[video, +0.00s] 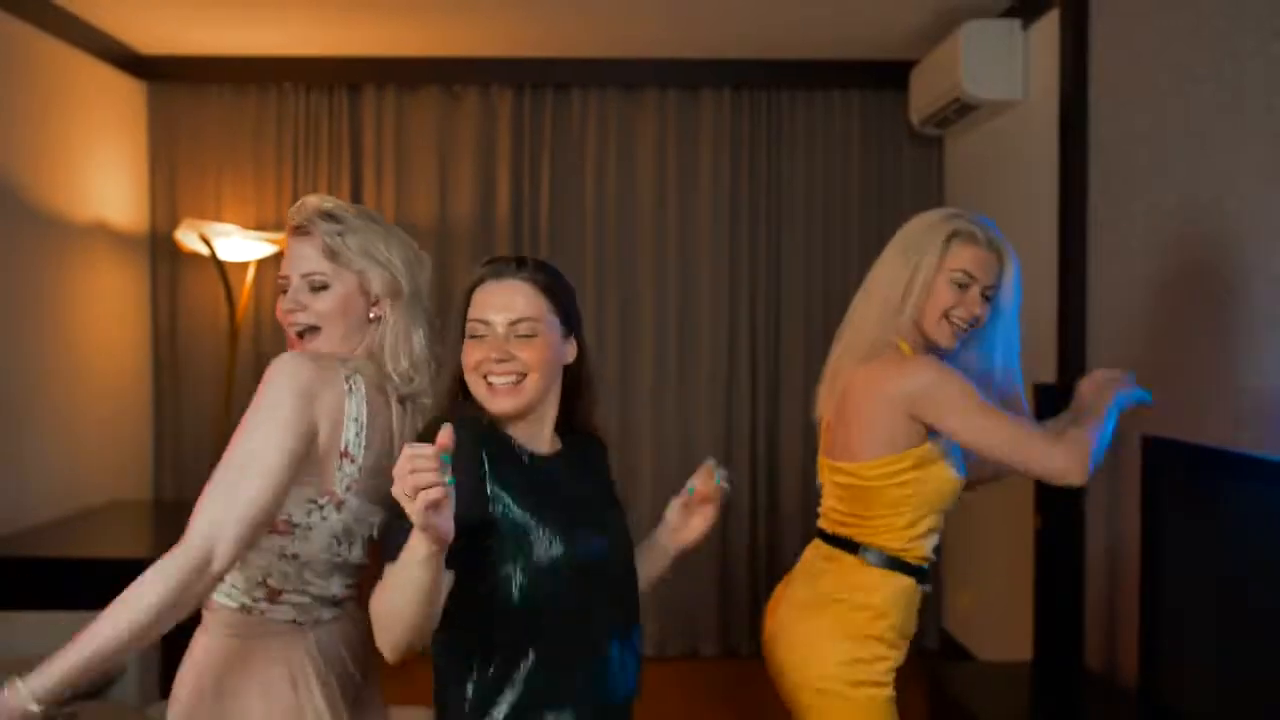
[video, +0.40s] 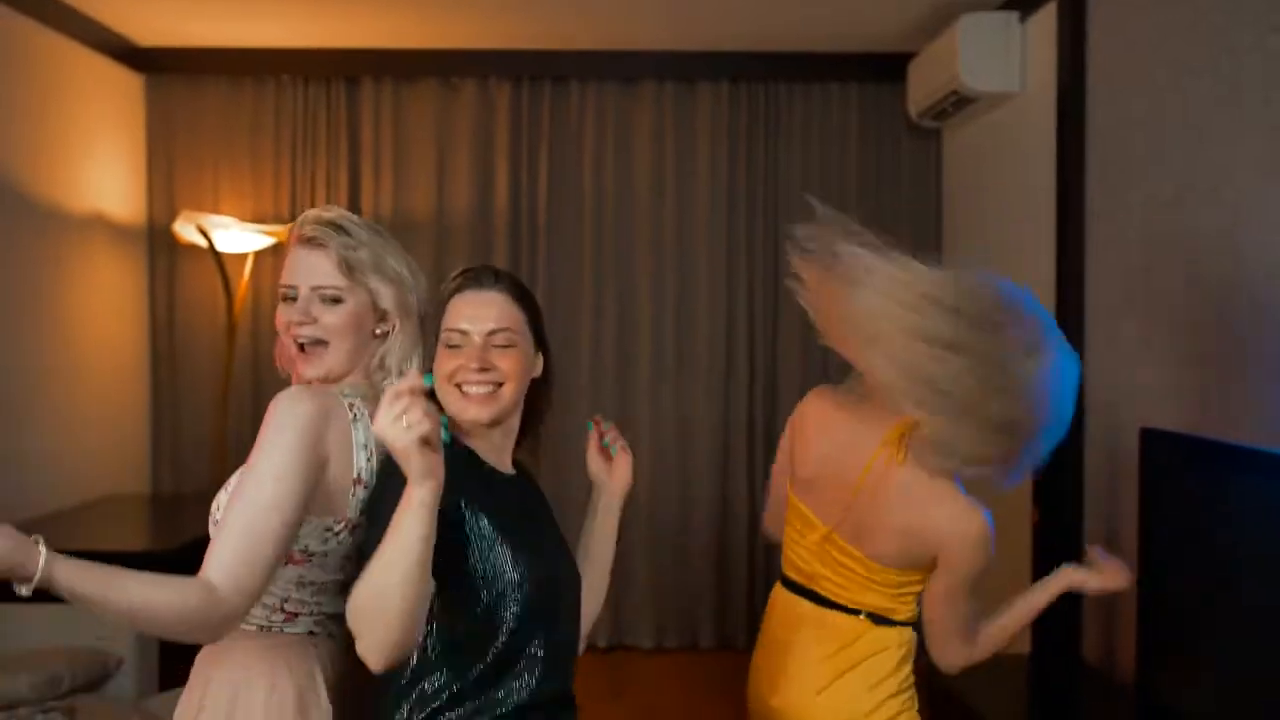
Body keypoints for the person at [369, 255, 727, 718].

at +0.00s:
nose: (497, 353)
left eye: (524, 333)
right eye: (479, 333)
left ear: (569, 347)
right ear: (460, 350)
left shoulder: (585, 457)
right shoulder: (453, 460)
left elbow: (600, 603)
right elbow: (393, 643)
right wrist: (427, 540)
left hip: (600, 708)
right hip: (495, 708)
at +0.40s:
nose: (476, 362)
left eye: (502, 343)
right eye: (456, 343)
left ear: (536, 362)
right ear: (433, 361)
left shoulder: (520, 483)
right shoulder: (420, 473)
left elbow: (568, 636)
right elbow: (377, 648)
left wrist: (608, 498)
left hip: (545, 705)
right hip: (451, 707)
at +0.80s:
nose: (488, 345)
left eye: (503, 329)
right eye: (458, 333)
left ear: (523, 349)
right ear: (421, 361)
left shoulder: (517, 488)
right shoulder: (410, 484)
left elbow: (556, 628)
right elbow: (396, 699)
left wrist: (596, 509)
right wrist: (434, 550)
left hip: (540, 707)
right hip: (456, 710)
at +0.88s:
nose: (493, 321)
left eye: (504, 305)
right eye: (462, 306)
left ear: (520, 325)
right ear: (417, 332)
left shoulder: (510, 458)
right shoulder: (410, 455)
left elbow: (547, 581)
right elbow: (373, 650)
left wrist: (572, 454)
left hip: (537, 701)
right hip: (446, 704)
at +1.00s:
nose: (508, 299)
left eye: (510, 284)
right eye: (479, 281)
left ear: (518, 298)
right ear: (420, 299)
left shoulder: (499, 411)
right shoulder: (392, 412)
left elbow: (536, 513)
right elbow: (340, 597)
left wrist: (576, 396)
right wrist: (337, 434)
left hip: (519, 694)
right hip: (433, 698)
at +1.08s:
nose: (512, 321)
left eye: (511, 304)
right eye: (483, 302)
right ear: (419, 320)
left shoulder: (497, 439)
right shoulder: (385, 447)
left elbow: (520, 551)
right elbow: (350, 664)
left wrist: (583, 435)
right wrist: (366, 491)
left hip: (509, 703)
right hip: (416, 707)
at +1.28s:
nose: (504, 347)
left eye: (497, 331)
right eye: (473, 333)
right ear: (416, 360)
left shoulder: (491, 489)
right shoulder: (402, 498)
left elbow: (502, 629)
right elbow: (400, 702)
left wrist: (546, 517)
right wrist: (475, 539)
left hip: (503, 706)